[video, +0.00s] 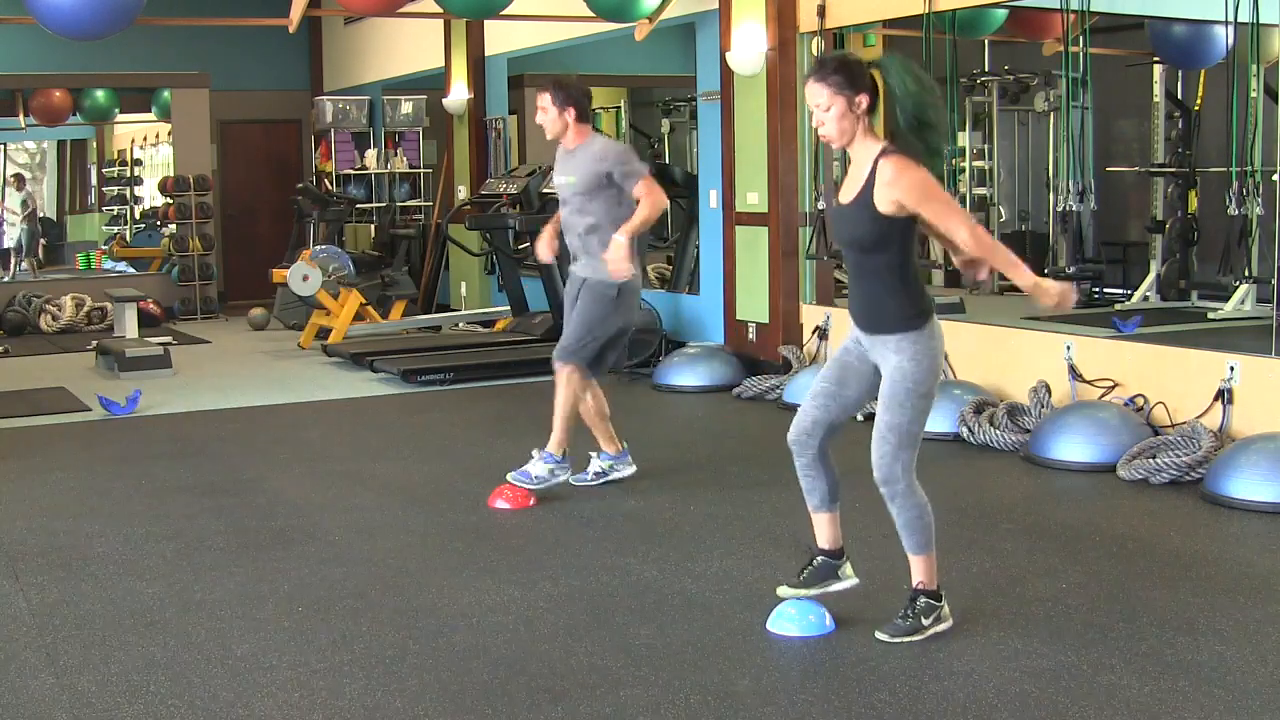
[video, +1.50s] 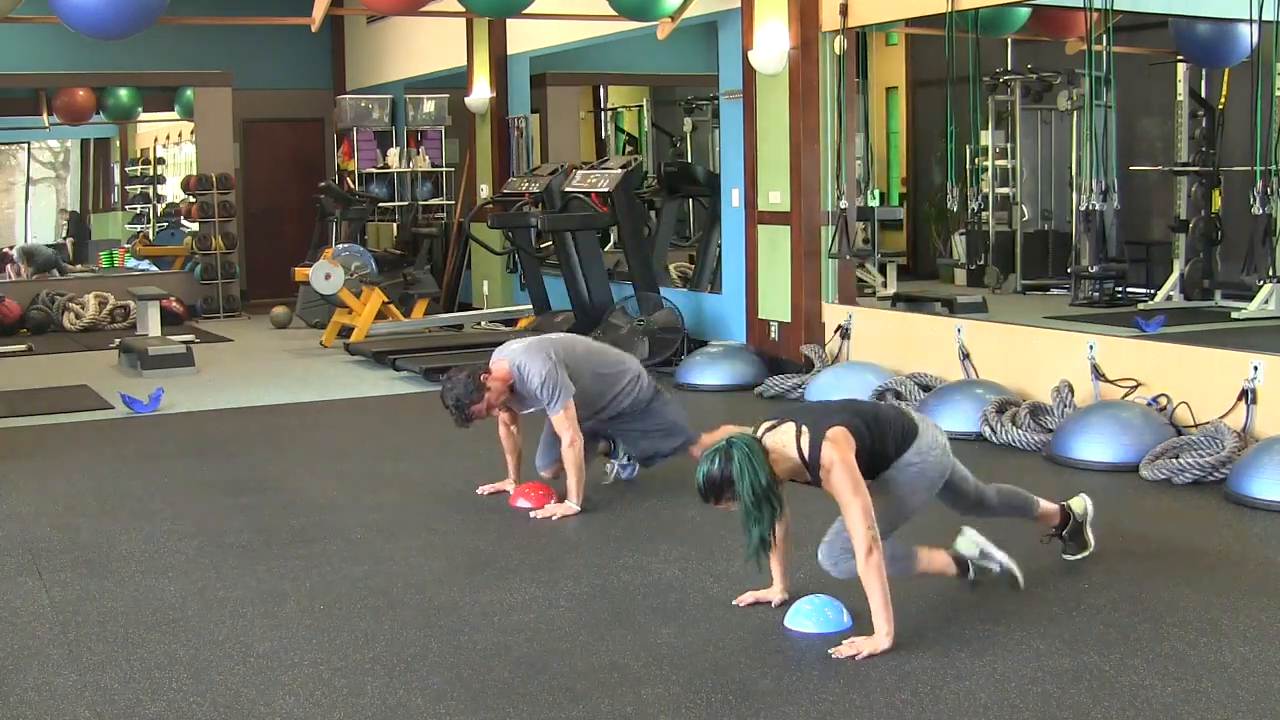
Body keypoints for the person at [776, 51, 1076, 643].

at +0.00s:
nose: (816, 121)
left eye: (824, 108)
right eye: (812, 109)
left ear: (860, 105)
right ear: (833, 111)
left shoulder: (897, 171)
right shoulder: (854, 164)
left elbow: (970, 234)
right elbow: (908, 216)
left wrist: (1034, 283)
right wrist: (958, 249)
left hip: (910, 345)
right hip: (862, 340)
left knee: (892, 470)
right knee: (804, 437)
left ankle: (927, 597)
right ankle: (830, 557)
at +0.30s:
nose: (798, 152)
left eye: (805, 139)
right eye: (795, 141)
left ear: (843, 129)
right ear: (822, 136)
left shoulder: (886, 189)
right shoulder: (827, 191)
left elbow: (886, 281)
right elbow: (803, 272)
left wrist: (802, 293)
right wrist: (734, 297)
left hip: (923, 348)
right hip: (874, 346)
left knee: (890, 465)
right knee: (819, 448)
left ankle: (926, 596)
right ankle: (832, 561)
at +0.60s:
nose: (776, 318)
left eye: (784, 307)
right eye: (772, 308)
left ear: (818, 308)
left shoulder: (854, 354)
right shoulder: (794, 355)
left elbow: (797, 422)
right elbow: (734, 413)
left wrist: (772, 349)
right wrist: (725, 344)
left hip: (949, 443)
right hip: (890, 443)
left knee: (872, 479)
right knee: (804, 461)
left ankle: (923, 599)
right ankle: (841, 571)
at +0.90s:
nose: (746, 497)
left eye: (744, 489)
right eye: (738, 491)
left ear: (762, 468)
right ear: (763, 451)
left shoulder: (844, 454)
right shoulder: (791, 448)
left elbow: (875, 547)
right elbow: (794, 518)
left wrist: (885, 635)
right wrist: (780, 587)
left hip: (969, 466)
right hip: (937, 479)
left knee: (1068, 513)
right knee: (1010, 515)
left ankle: (1182, 537)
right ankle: (1079, 527)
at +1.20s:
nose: (741, 502)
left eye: (738, 494)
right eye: (733, 498)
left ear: (755, 472)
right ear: (749, 456)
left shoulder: (835, 446)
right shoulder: (774, 441)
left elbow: (870, 543)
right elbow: (780, 517)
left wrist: (883, 633)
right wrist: (778, 585)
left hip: (938, 420)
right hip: (913, 400)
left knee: (962, 554)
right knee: (989, 478)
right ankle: (1069, 520)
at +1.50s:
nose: (733, 509)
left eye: (731, 501)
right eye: (725, 504)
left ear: (749, 481)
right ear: (735, 456)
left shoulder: (832, 454)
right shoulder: (761, 440)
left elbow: (869, 546)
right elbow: (772, 513)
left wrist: (883, 634)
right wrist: (779, 585)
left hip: (916, 459)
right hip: (912, 426)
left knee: (835, 555)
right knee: (976, 497)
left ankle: (965, 561)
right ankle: (1068, 517)